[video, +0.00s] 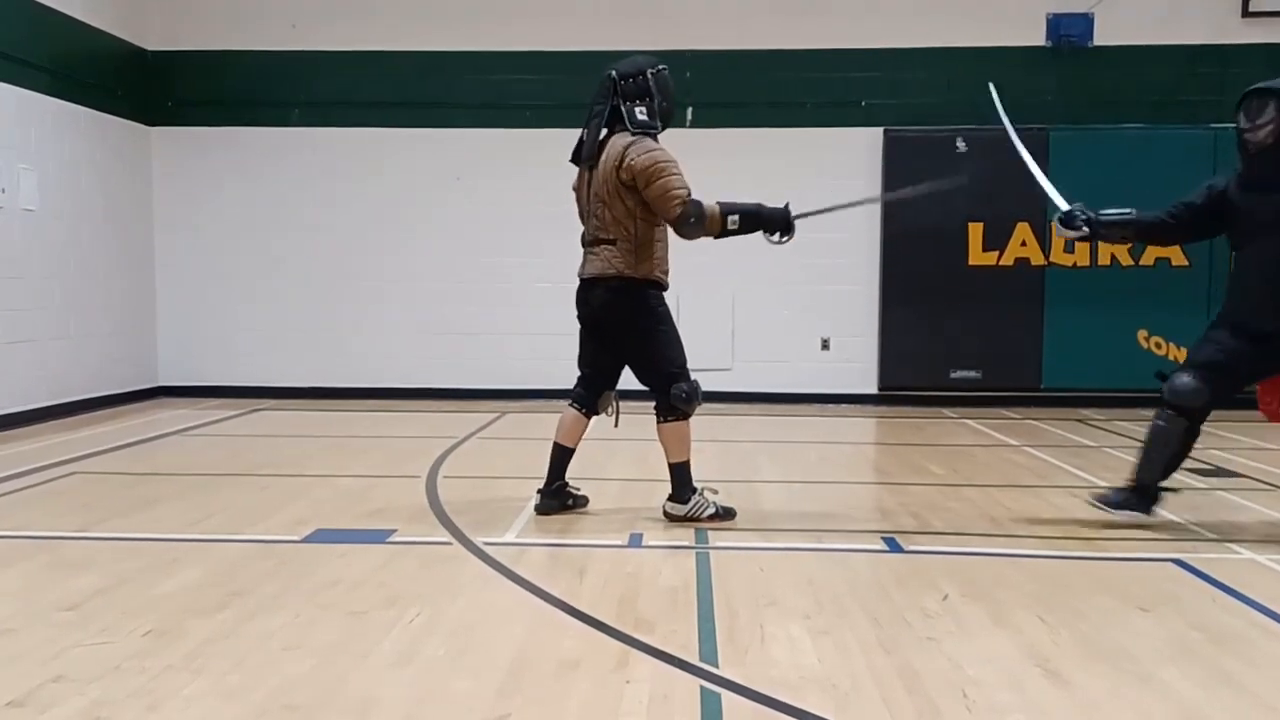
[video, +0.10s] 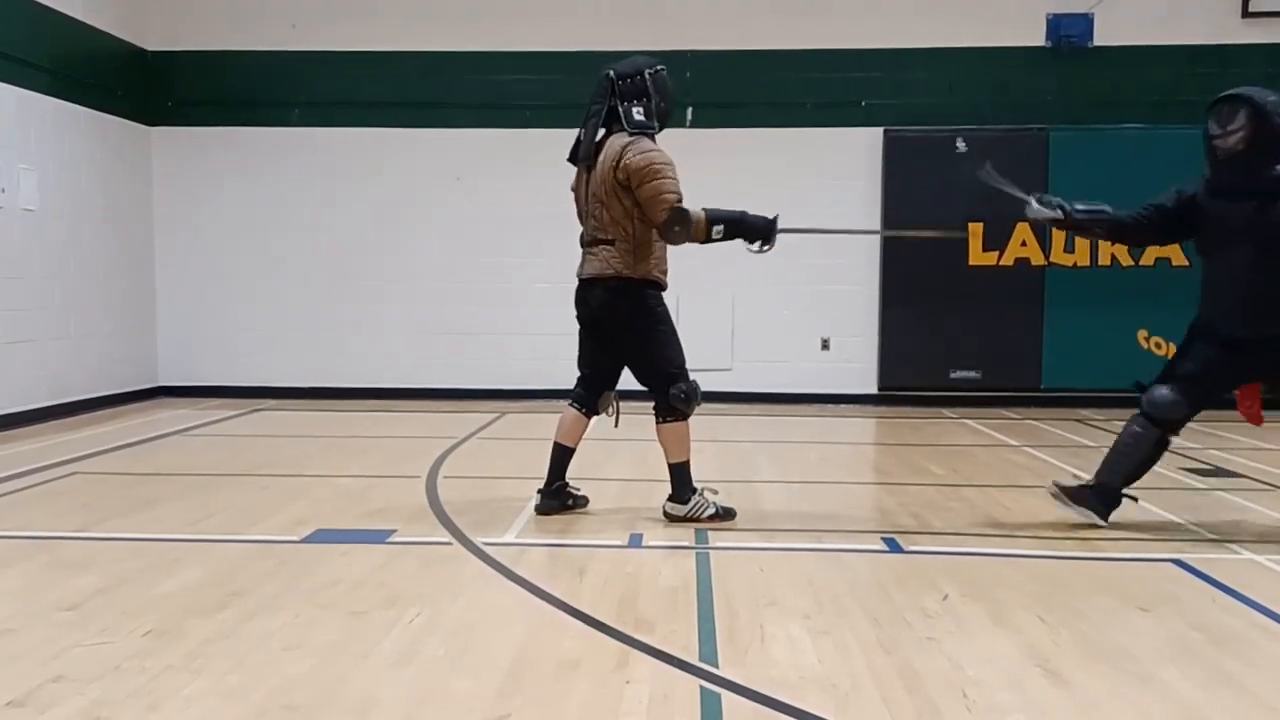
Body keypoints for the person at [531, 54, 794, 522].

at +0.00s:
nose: (667, 104)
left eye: (665, 95)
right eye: (662, 96)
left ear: (617, 101)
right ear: (646, 101)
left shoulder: (595, 151)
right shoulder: (644, 153)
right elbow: (689, 219)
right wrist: (757, 215)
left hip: (596, 290)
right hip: (634, 294)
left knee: (592, 387)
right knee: (675, 391)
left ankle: (553, 487)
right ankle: (683, 496)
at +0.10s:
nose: (667, 103)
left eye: (664, 93)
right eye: (661, 94)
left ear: (617, 101)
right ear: (646, 101)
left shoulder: (595, 151)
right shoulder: (642, 153)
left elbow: (591, 217)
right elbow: (673, 224)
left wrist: (705, 225)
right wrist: (736, 223)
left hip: (594, 291)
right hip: (632, 294)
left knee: (591, 388)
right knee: (674, 392)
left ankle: (553, 487)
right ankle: (683, 496)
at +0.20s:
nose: (664, 103)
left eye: (661, 94)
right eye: (659, 95)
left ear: (613, 101)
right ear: (646, 100)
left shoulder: (592, 151)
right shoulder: (641, 155)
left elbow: (596, 224)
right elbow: (649, 229)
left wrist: (689, 233)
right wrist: (707, 236)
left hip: (590, 292)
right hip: (628, 294)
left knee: (592, 386)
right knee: (671, 392)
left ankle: (553, 487)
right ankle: (683, 495)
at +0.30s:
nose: (661, 107)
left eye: (659, 98)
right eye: (657, 99)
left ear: (611, 102)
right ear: (644, 103)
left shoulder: (594, 150)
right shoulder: (632, 155)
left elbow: (614, 227)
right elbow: (633, 232)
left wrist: (686, 246)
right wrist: (695, 248)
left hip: (587, 292)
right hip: (622, 294)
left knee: (591, 389)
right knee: (669, 392)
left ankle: (553, 488)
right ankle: (682, 495)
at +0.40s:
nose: (659, 105)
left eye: (656, 96)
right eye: (654, 97)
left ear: (611, 102)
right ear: (642, 102)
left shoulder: (594, 151)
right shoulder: (626, 158)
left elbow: (615, 233)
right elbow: (637, 237)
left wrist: (689, 251)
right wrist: (705, 250)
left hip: (585, 294)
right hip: (618, 295)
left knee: (592, 389)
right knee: (663, 392)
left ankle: (552, 488)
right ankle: (682, 496)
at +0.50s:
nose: (656, 105)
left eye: (654, 95)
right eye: (651, 96)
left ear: (608, 102)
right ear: (634, 101)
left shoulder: (591, 153)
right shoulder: (626, 158)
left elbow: (636, 235)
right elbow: (651, 233)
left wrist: (708, 243)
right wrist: (714, 235)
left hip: (585, 293)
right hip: (616, 296)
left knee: (590, 391)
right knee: (658, 396)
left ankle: (552, 488)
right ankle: (682, 495)